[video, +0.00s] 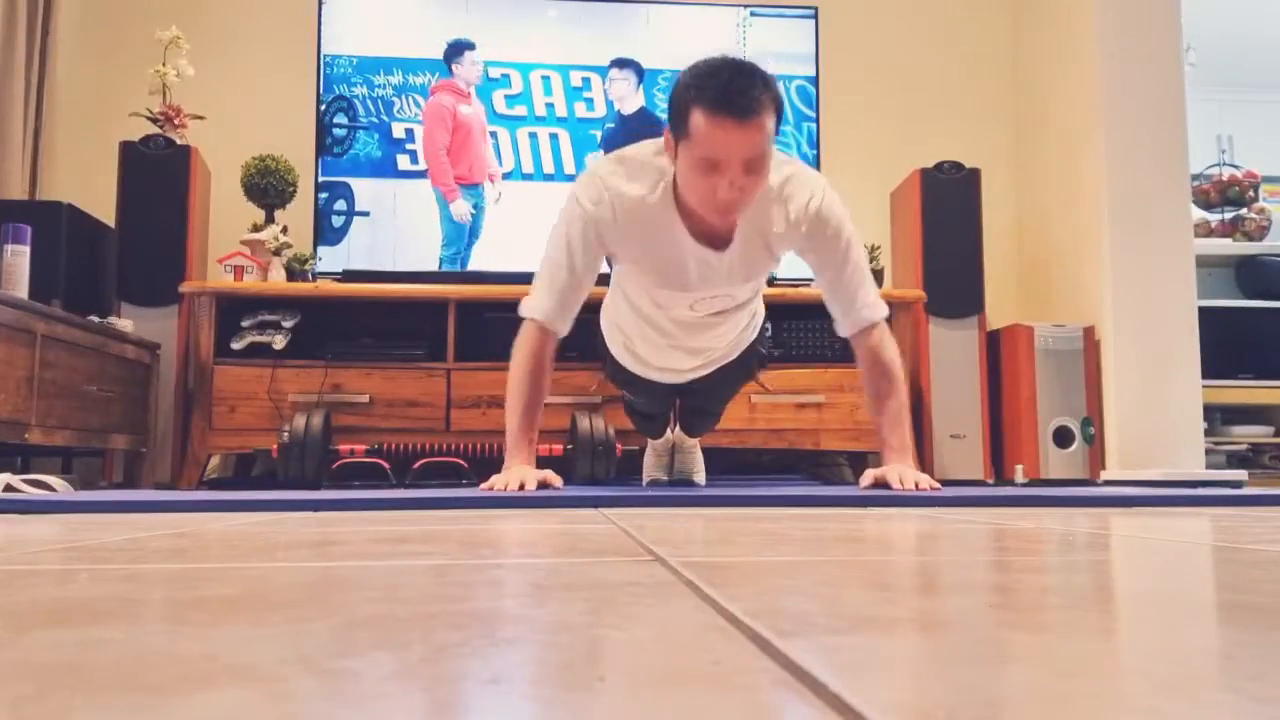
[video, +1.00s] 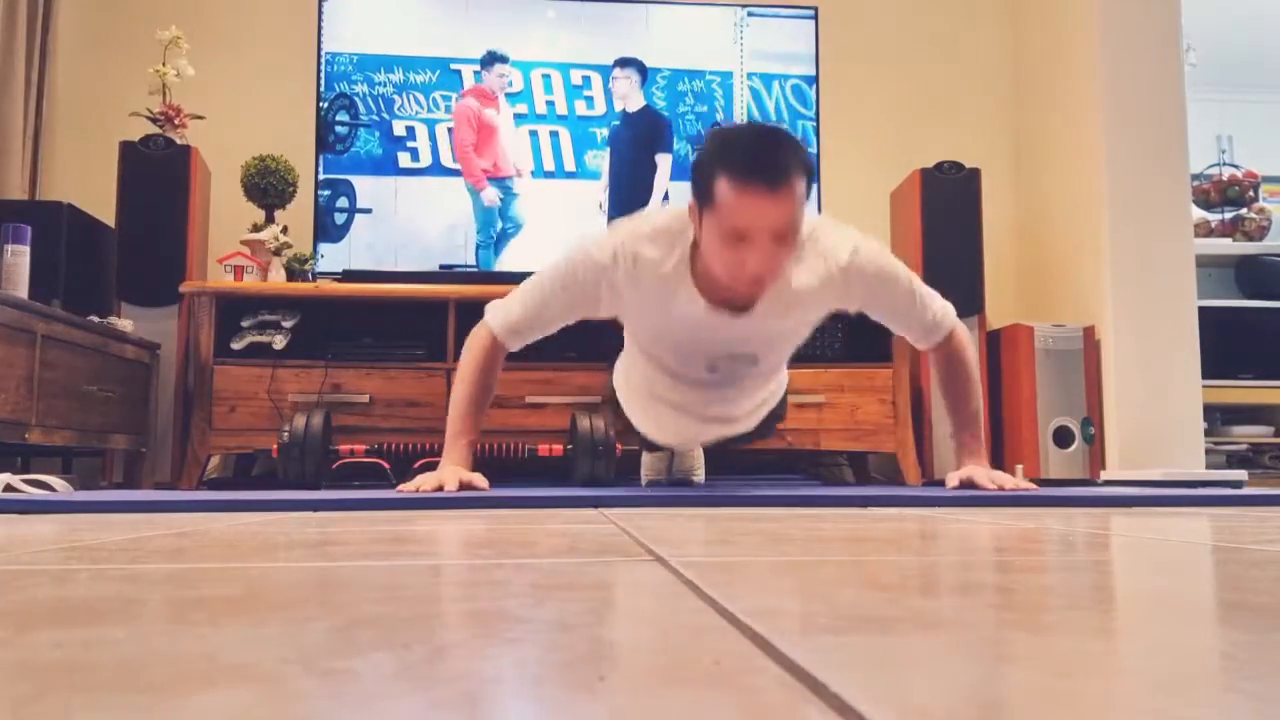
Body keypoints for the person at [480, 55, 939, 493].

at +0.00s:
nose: (730, 187)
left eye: (750, 167)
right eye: (710, 167)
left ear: (771, 150)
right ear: (671, 146)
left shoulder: (802, 199)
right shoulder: (607, 191)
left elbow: (871, 334)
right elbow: (539, 327)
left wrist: (898, 457)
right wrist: (518, 460)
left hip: (733, 342)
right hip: (637, 342)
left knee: (703, 413)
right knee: (651, 413)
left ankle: (685, 442)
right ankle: (657, 446)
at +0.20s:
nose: (734, 345)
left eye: (754, 323)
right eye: (714, 323)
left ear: (781, 296)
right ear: (674, 296)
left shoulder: (817, 293)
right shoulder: (612, 289)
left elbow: (928, 348)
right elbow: (496, 346)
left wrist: (906, 461)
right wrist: (513, 463)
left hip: (740, 428)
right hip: (634, 430)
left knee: (737, 562)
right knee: (625, 561)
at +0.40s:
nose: (743, 450)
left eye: (768, 431)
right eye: (722, 431)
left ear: (795, 392)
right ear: (679, 396)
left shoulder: (819, 365)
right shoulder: (627, 369)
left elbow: (926, 348)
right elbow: (503, 343)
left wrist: (905, 461)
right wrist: (514, 462)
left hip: (753, 486)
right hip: (641, 484)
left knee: (748, 599)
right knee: (644, 596)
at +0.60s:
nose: (745, 321)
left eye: (764, 299)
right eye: (725, 299)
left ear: (787, 282)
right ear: (684, 278)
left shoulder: (819, 289)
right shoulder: (619, 285)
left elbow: (915, 350)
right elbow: (504, 347)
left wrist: (901, 461)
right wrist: (516, 464)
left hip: (744, 432)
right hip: (641, 434)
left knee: (744, 557)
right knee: (636, 557)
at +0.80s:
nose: (747, 134)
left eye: (766, 109)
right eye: (726, 110)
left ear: (785, 97)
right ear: (686, 94)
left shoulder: (814, 165)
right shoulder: (624, 161)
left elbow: (890, 295)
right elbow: (532, 292)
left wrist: (948, 425)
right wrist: (479, 419)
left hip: (743, 355)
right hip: (645, 350)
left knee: (701, 415)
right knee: (649, 417)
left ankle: (680, 442)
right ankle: (653, 447)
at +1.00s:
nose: (753, 264)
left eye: (776, 241)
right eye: (734, 238)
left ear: (801, 223)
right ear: (697, 213)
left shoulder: (841, 260)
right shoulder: (624, 255)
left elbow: (947, 335)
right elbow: (487, 335)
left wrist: (972, 458)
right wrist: (454, 458)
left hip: (754, 423)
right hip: (640, 418)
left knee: (755, 558)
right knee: (635, 558)